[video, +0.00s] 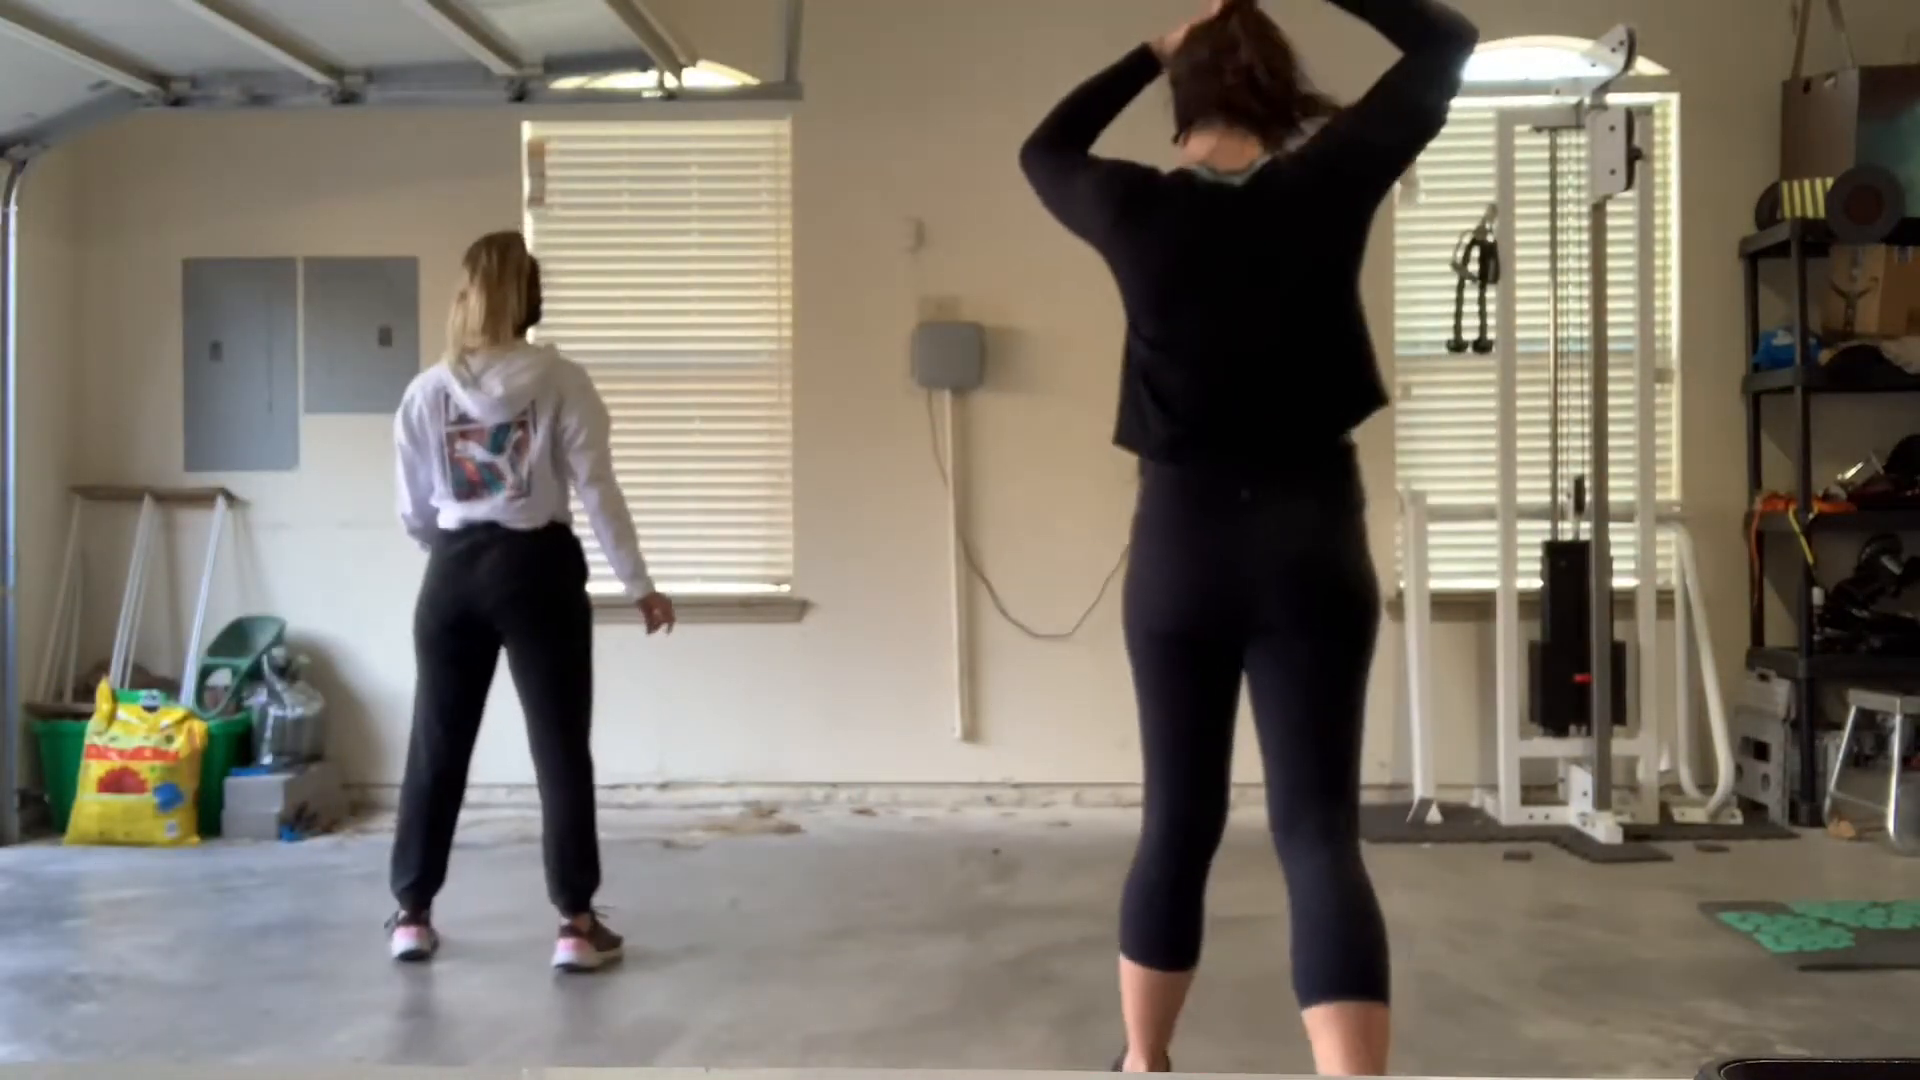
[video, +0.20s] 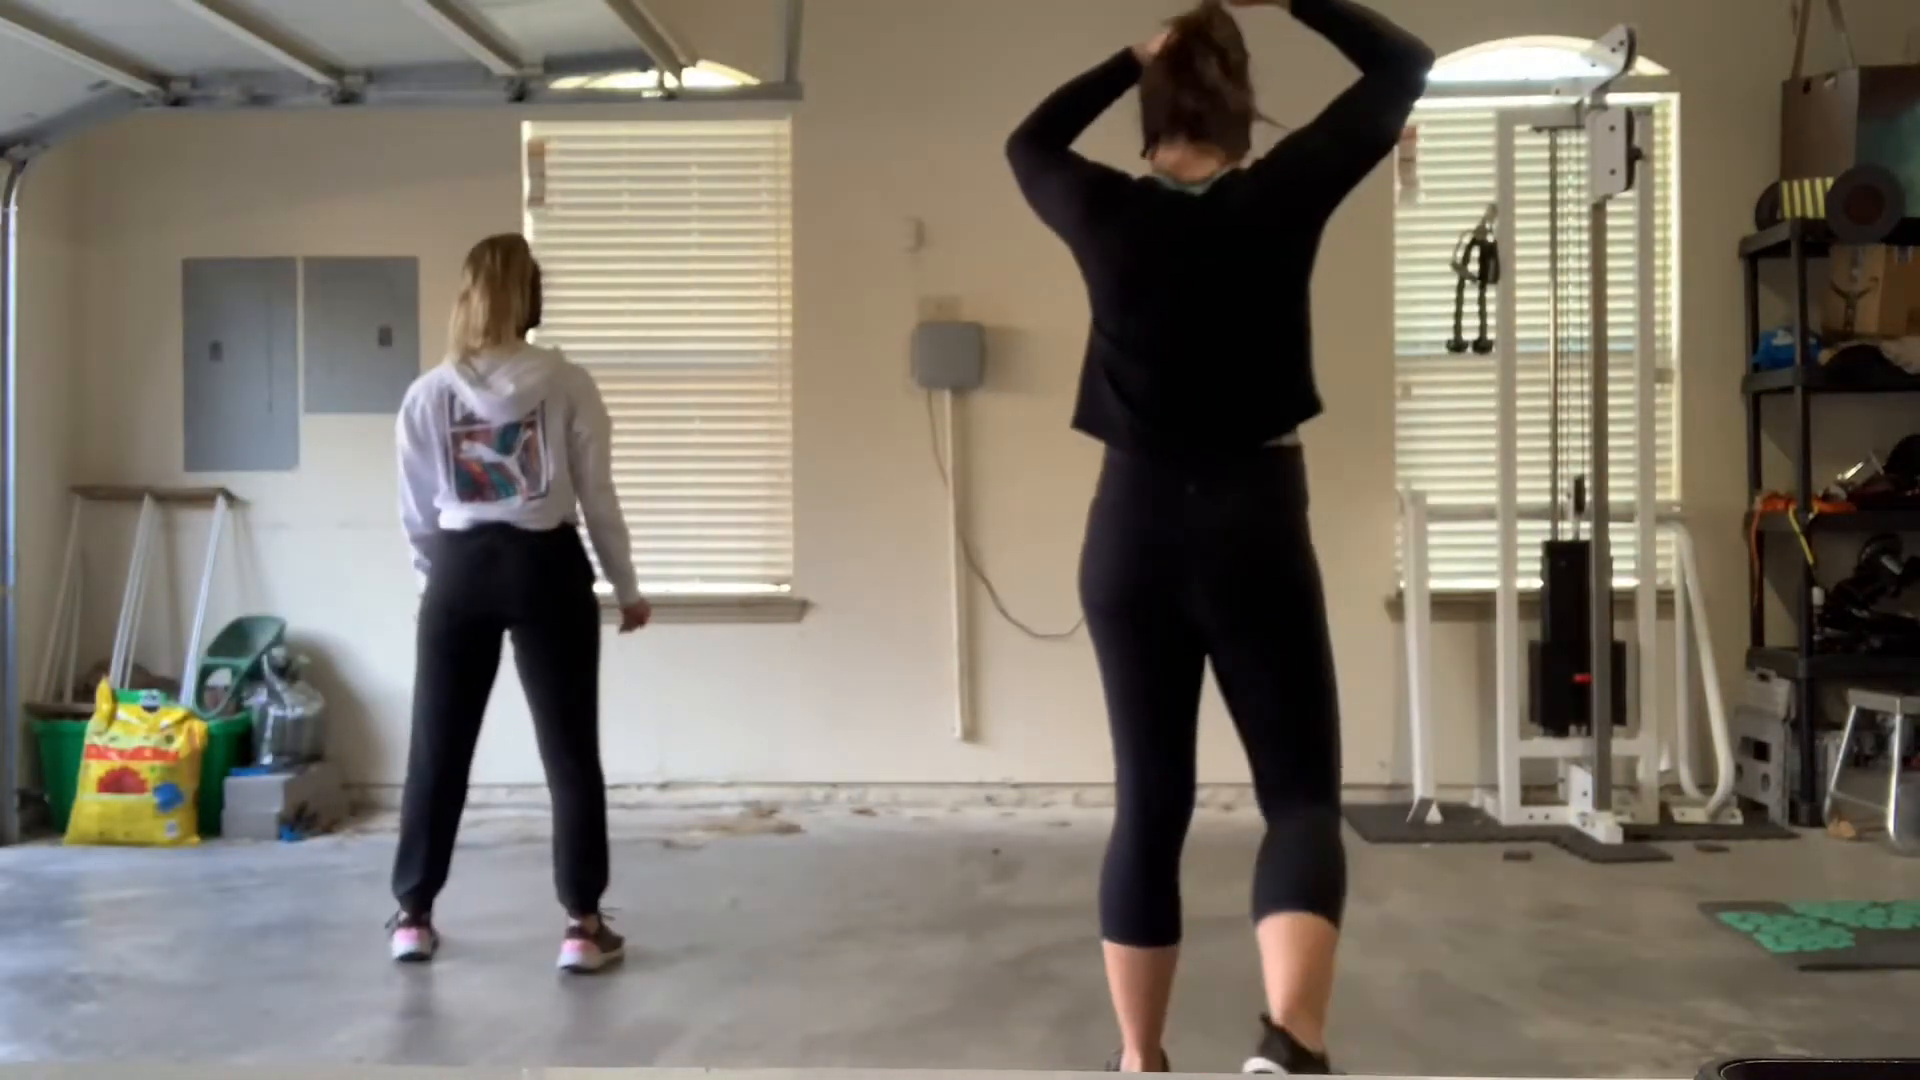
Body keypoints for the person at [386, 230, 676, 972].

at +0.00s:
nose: (538, 297)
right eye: (537, 286)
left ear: (464, 296)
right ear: (532, 296)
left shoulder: (426, 392)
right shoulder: (560, 379)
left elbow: (415, 512)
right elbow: (596, 489)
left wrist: (458, 550)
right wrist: (640, 583)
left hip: (452, 575)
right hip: (541, 572)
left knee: (436, 746)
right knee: (561, 749)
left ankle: (411, 918)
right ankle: (576, 924)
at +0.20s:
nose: (531, 302)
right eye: (536, 289)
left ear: (466, 298)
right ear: (535, 298)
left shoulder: (428, 392)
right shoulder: (566, 380)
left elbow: (416, 511)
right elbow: (595, 495)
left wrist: (445, 569)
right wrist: (627, 584)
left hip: (459, 573)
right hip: (550, 572)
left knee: (437, 749)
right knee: (571, 753)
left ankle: (413, 918)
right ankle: (582, 925)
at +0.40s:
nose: (542, 301)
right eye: (540, 290)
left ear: (470, 296)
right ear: (537, 298)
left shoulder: (425, 393)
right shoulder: (567, 382)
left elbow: (409, 512)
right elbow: (592, 488)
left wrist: (399, 605)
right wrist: (613, 563)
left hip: (448, 576)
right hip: (538, 574)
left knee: (431, 754)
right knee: (561, 752)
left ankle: (411, 919)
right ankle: (578, 926)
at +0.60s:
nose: (530, 306)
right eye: (543, 291)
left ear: (474, 297)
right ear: (543, 299)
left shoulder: (429, 391)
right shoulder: (572, 382)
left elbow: (394, 507)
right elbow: (604, 493)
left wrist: (359, 596)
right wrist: (622, 524)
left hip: (458, 576)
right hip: (549, 575)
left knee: (436, 746)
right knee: (569, 751)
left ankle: (412, 917)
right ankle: (582, 926)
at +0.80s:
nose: (548, 304)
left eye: (541, 289)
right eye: (546, 292)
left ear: (473, 294)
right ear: (539, 298)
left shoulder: (427, 387)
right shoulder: (569, 381)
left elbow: (396, 496)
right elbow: (605, 477)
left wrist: (381, 586)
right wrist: (621, 530)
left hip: (458, 575)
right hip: (549, 572)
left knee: (435, 748)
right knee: (568, 750)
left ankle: (410, 918)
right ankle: (580, 926)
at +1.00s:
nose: (539, 305)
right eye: (540, 293)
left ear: (473, 296)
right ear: (540, 299)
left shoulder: (424, 392)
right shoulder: (572, 385)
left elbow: (416, 508)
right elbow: (604, 496)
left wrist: (437, 562)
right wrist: (614, 572)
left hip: (457, 574)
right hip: (547, 572)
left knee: (436, 749)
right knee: (568, 751)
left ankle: (413, 919)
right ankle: (581, 926)